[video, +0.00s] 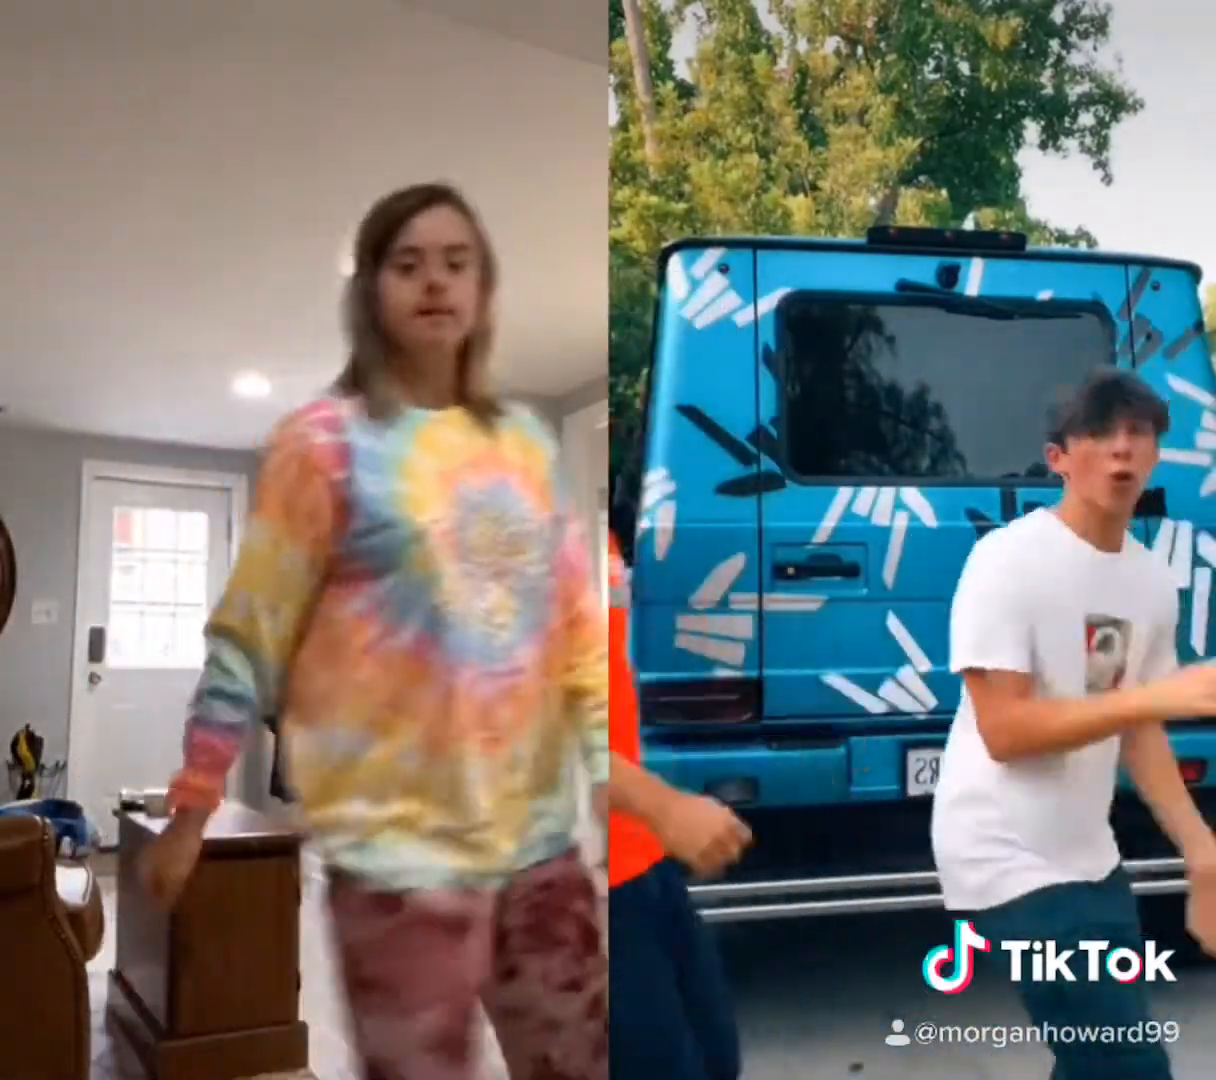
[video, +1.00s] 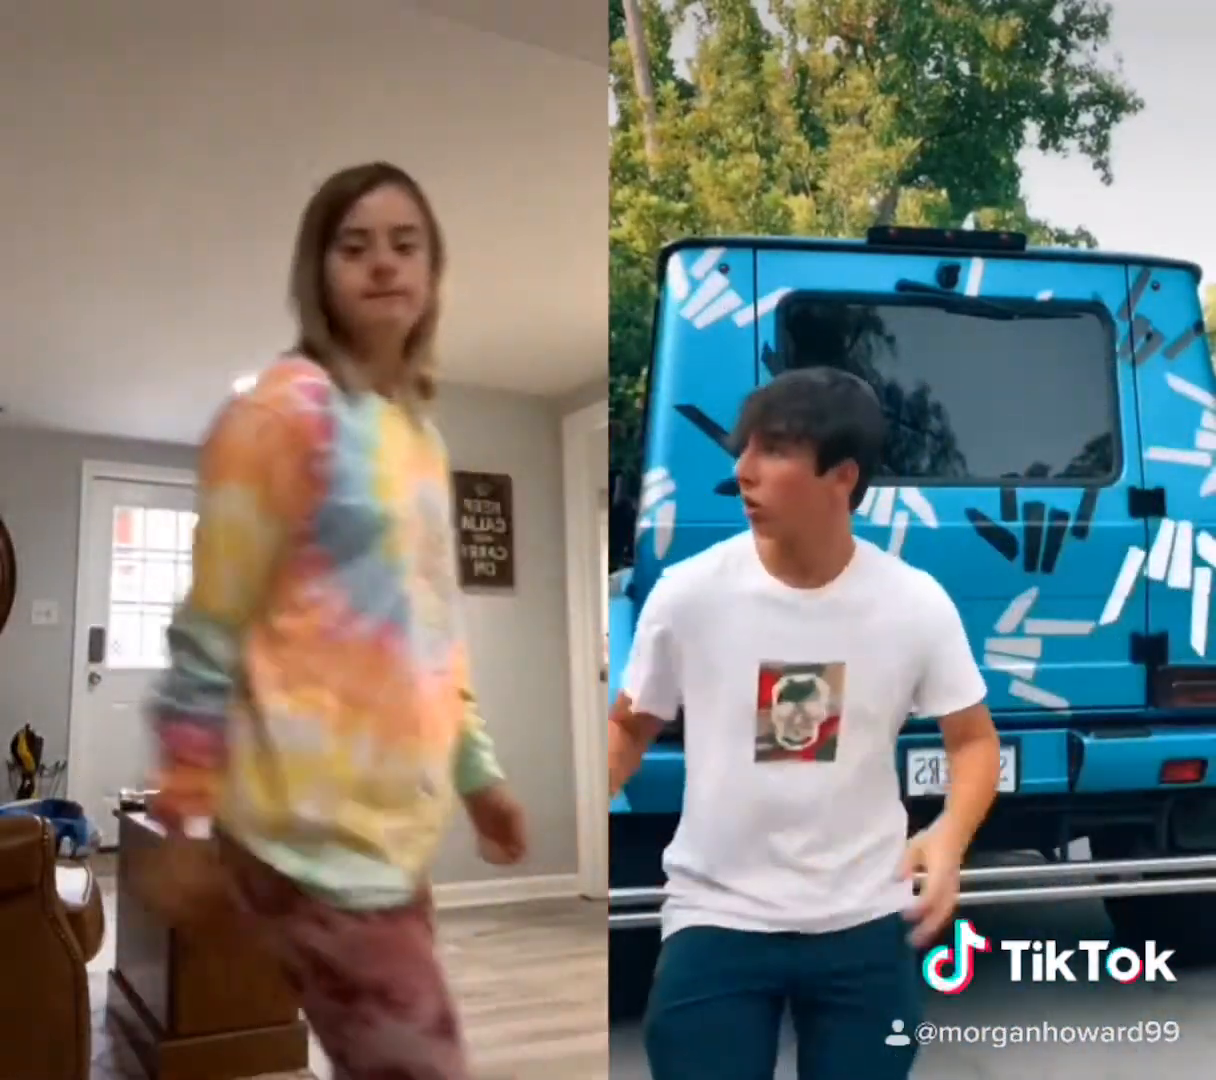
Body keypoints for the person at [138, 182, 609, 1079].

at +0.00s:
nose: (435, 281)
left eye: (457, 260)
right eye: (407, 262)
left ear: (485, 291)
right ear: (369, 290)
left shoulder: (526, 443)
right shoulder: (324, 441)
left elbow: (574, 654)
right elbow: (246, 637)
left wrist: (655, 799)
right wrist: (189, 814)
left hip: (542, 839)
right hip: (397, 846)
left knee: (576, 1067)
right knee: (419, 1067)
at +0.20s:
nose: (501, 254)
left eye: (523, 232)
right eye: (471, 234)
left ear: (551, 261)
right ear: (431, 261)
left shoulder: (585, 420)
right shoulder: (385, 421)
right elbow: (332, 628)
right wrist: (309, 801)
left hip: (582, 793)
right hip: (457, 801)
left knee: (582, 1053)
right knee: (563, 1056)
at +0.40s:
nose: (539, 239)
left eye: (561, 216)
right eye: (508, 220)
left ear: (591, 243)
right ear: (467, 246)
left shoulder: (575, 396)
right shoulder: (444, 389)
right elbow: (419, 622)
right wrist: (454, 828)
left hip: (590, 821)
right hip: (519, 830)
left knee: (581, 1060)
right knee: (570, 1064)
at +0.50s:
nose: (544, 233)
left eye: (565, 209)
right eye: (513, 213)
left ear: (593, 233)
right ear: (473, 239)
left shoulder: (541, 372)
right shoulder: (468, 358)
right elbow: (464, 591)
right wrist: (537, 798)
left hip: (544, 793)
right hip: (496, 806)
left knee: (565, 1058)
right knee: (561, 1061)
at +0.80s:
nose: (456, 251)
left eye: (477, 229)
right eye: (427, 231)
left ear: (502, 252)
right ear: (386, 257)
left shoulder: (466, 403)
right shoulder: (377, 380)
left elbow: (486, 618)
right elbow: (377, 609)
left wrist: (537, 780)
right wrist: (472, 798)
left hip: (467, 803)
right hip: (413, 813)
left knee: (521, 1060)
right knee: (540, 1062)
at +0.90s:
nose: (416, 271)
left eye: (438, 248)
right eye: (387, 252)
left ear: (465, 270)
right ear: (349, 280)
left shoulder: (447, 433)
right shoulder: (327, 414)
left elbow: (463, 639)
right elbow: (287, 646)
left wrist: (513, 785)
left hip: (439, 852)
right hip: (370, 858)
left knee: (429, 1064)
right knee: (484, 1064)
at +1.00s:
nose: (385, 265)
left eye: (407, 243)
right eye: (356, 245)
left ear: (435, 271)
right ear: (318, 271)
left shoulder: (416, 430)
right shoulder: (283, 407)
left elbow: (429, 626)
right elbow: (209, 624)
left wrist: (478, 773)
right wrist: (182, 813)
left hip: (387, 823)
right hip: (305, 821)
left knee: (402, 1060)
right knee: (419, 1063)